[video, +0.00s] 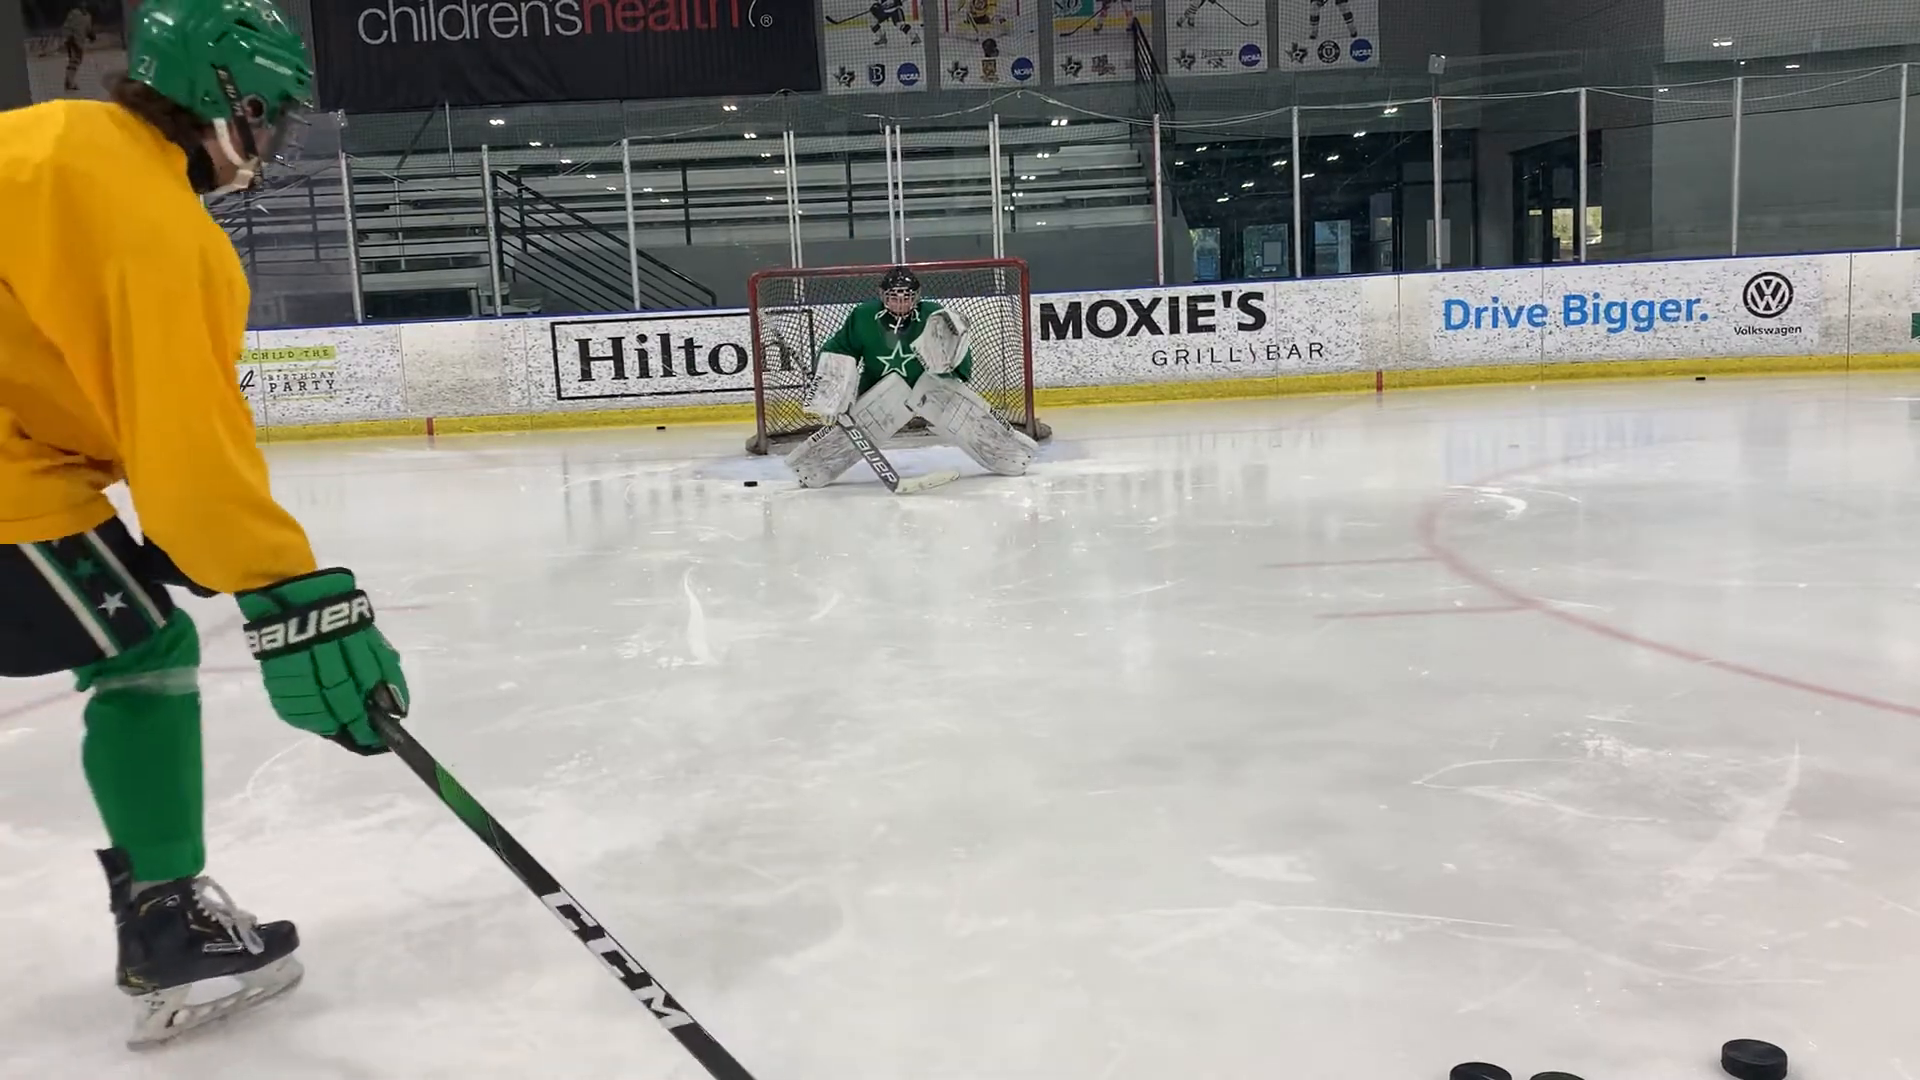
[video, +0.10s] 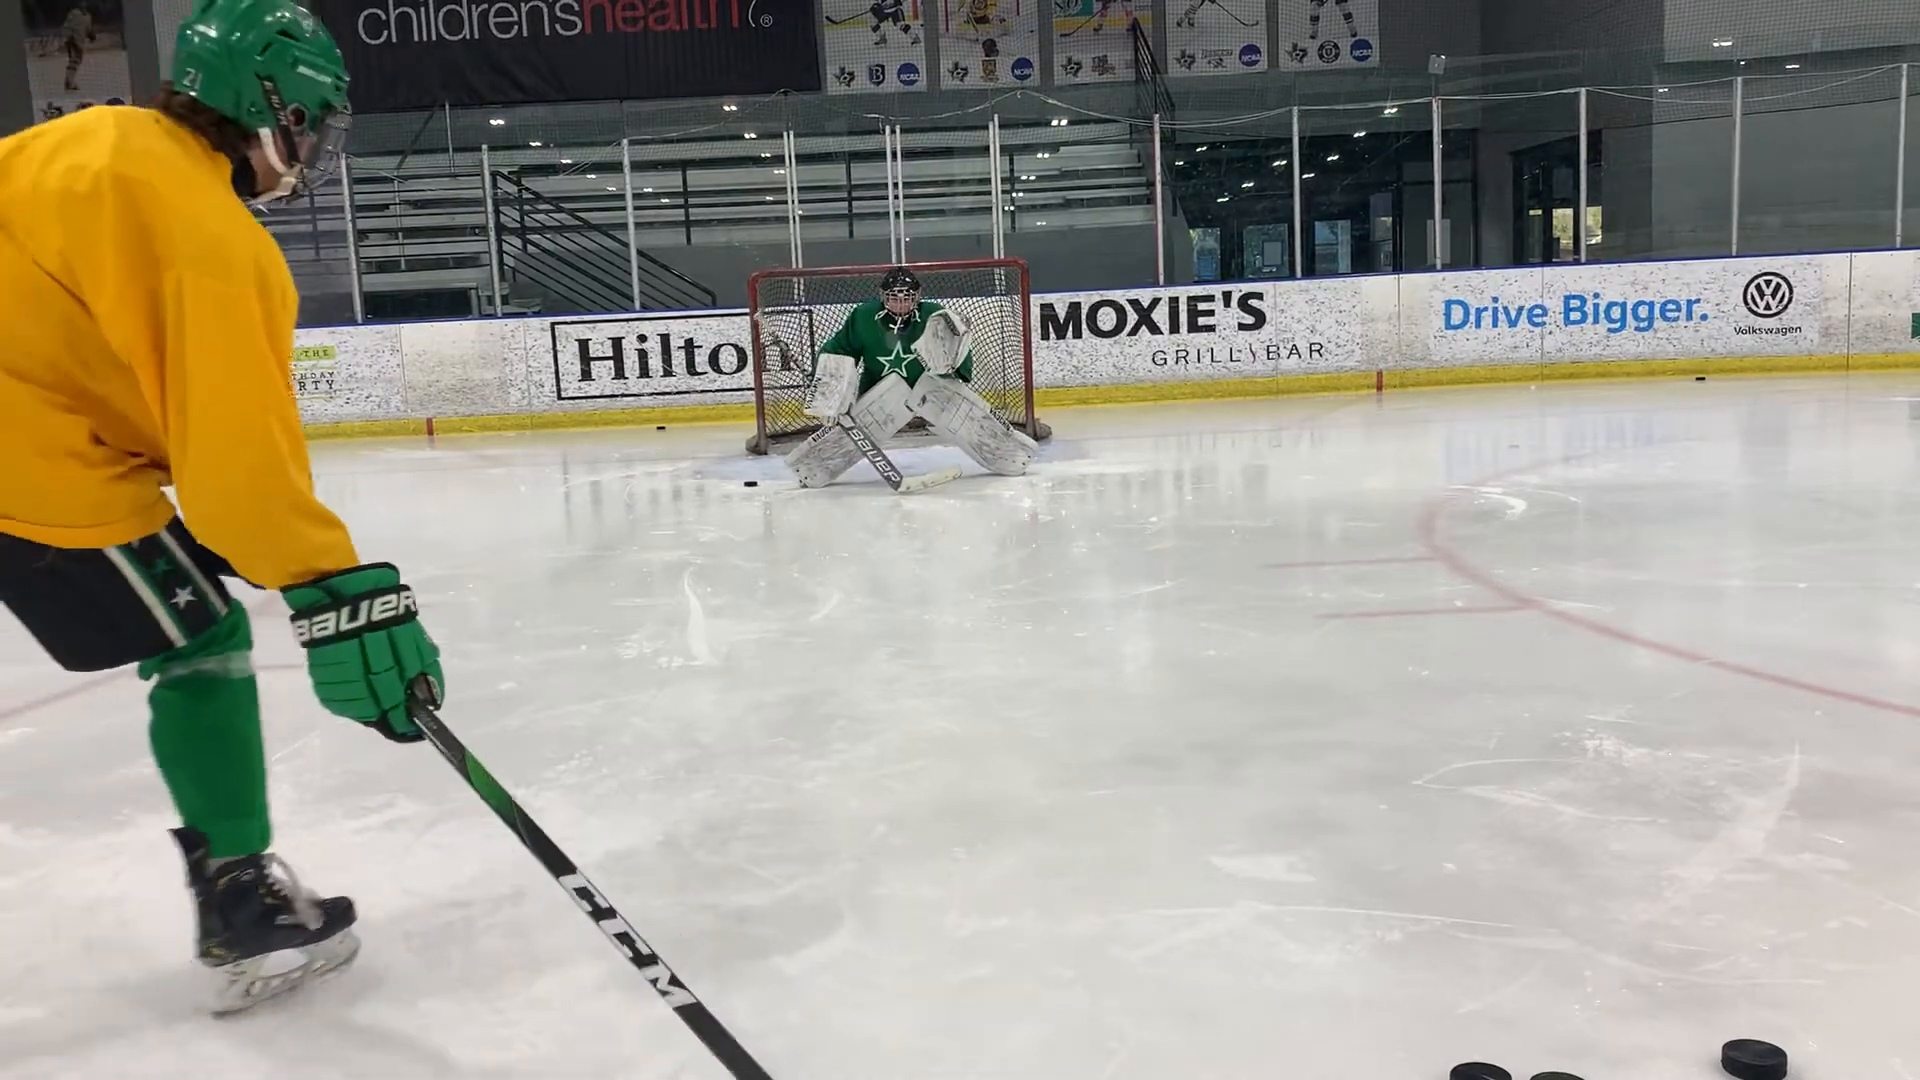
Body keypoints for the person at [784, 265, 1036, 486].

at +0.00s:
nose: (900, 302)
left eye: (906, 296)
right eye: (894, 296)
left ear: (916, 296)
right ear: (883, 296)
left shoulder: (934, 315)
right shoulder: (863, 318)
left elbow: (962, 371)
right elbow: (835, 352)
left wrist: (952, 346)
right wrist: (833, 388)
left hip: (930, 388)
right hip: (882, 391)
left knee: (964, 418)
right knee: (855, 430)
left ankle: (1009, 454)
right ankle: (814, 467)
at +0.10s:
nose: (900, 304)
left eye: (905, 297)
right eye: (894, 297)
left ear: (916, 296)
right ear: (884, 297)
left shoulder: (934, 315)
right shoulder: (864, 317)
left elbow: (962, 371)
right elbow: (835, 352)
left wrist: (956, 341)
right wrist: (832, 390)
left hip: (930, 388)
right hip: (882, 392)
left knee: (965, 418)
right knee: (854, 430)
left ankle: (1008, 453)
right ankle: (814, 467)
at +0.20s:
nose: (900, 304)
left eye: (906, 297)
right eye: (894, 297)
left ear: (916, 296)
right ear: (884, 297)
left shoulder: (934, 315)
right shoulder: (864, 317)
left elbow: (962, 373)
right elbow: (836, 352)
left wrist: (956, 343)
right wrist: (833, 391)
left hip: (931, 389)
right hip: (882, 392)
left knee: (965, 418)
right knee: (854, 430)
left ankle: (1009, 453)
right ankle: (815, 467)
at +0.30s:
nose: (901, 305)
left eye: (906, 298)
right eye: (895, 298)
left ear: (917, 297)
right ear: (885, 298)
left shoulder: (935, 316)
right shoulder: (864, 318)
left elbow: (964, 374)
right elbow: (836, 353)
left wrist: (955, 349)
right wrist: (833, 391)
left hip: (932, 390)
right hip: (882, 394)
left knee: (965, 418)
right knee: (854, 431)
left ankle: (1009, 453)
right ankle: (815, 467)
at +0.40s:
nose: (902, 305)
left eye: (907, 298)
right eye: (896, 298)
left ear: (918, 298)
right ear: (886, 298)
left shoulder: (936, 317)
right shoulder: (865, 319)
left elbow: (964, 370)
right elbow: (834, 352)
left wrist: (962, 347)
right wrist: (834, 388)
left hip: (931, 402)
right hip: (880, 408)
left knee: (961, 410)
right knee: (853, 437)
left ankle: (1008, 453)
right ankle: (815, 467)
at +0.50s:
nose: (906, 308)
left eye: (912, 302)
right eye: (900, 302)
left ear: (920, 300)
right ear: (889, 300)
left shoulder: (938, 321)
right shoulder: (865, 319)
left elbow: (963, 365)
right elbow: (834, 355)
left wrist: (982, 358)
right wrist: (847, 379)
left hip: (935, 418)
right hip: (883, 419)